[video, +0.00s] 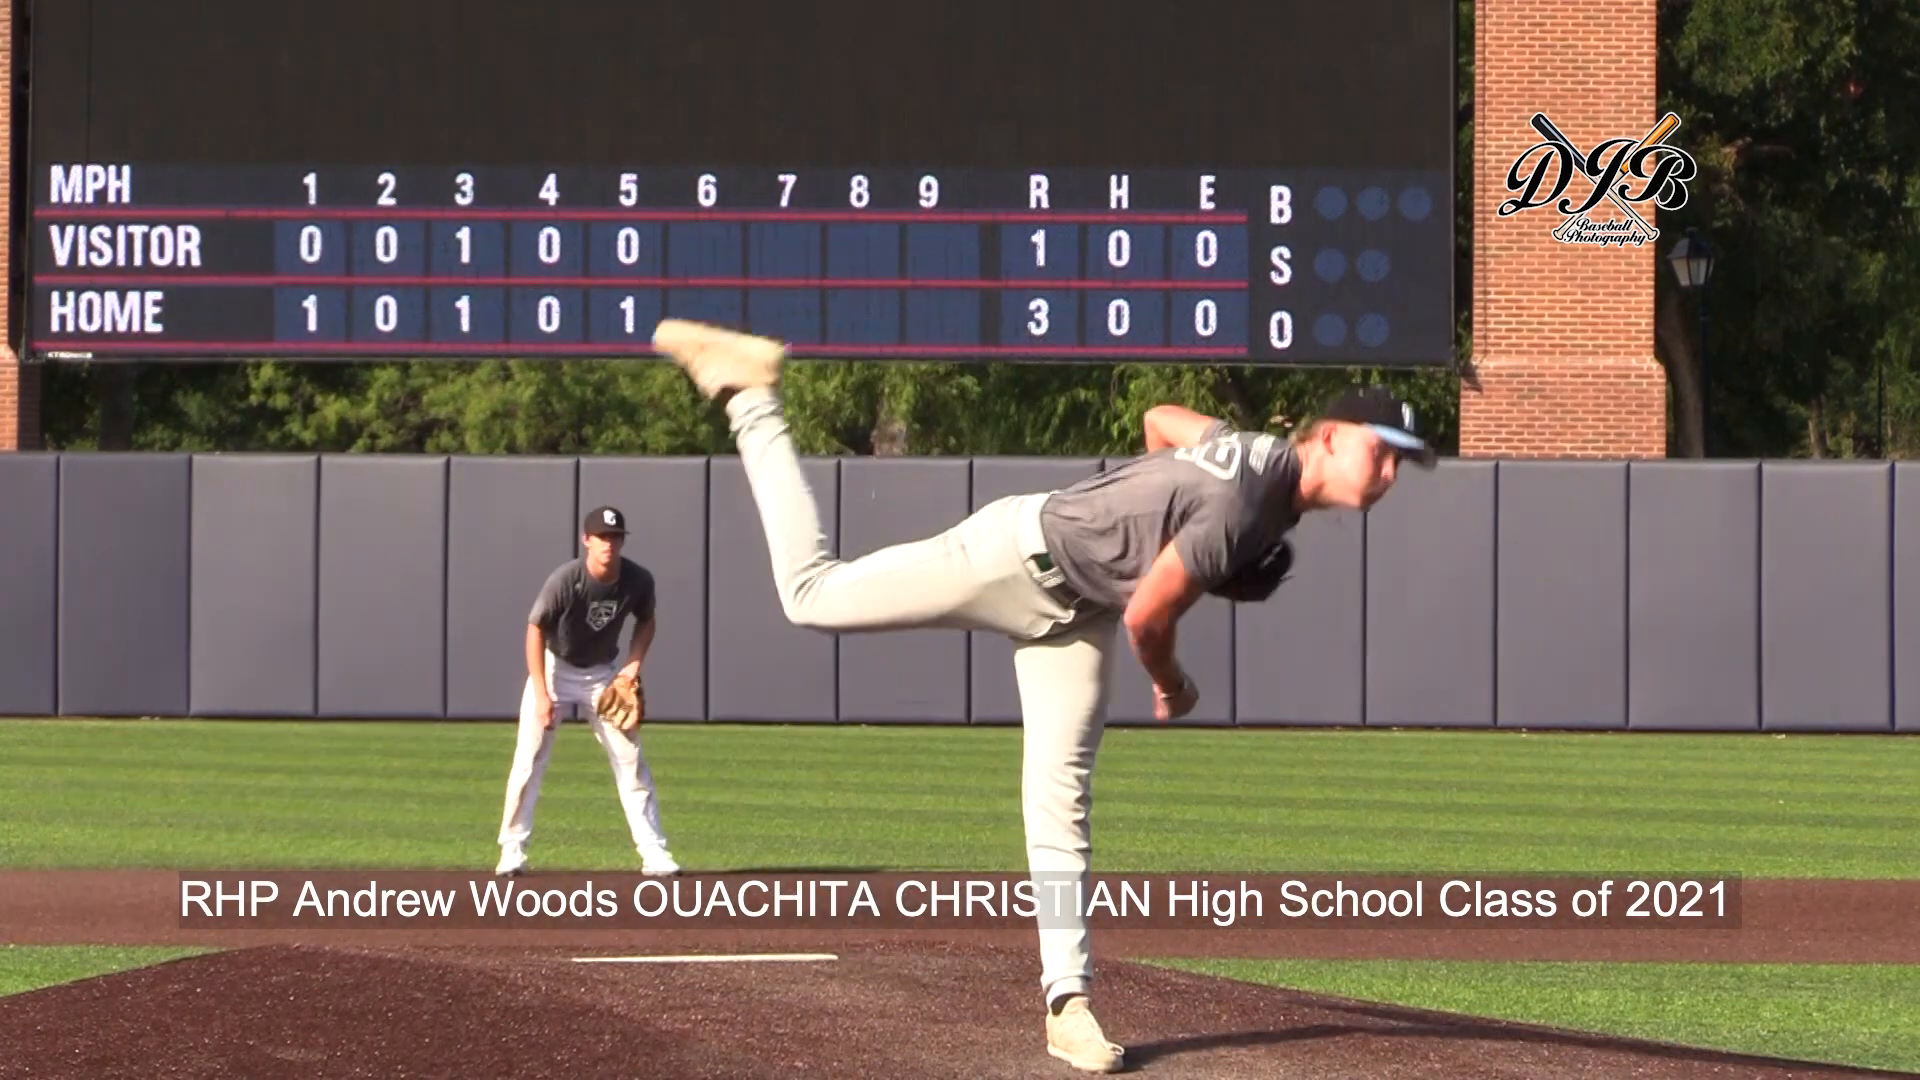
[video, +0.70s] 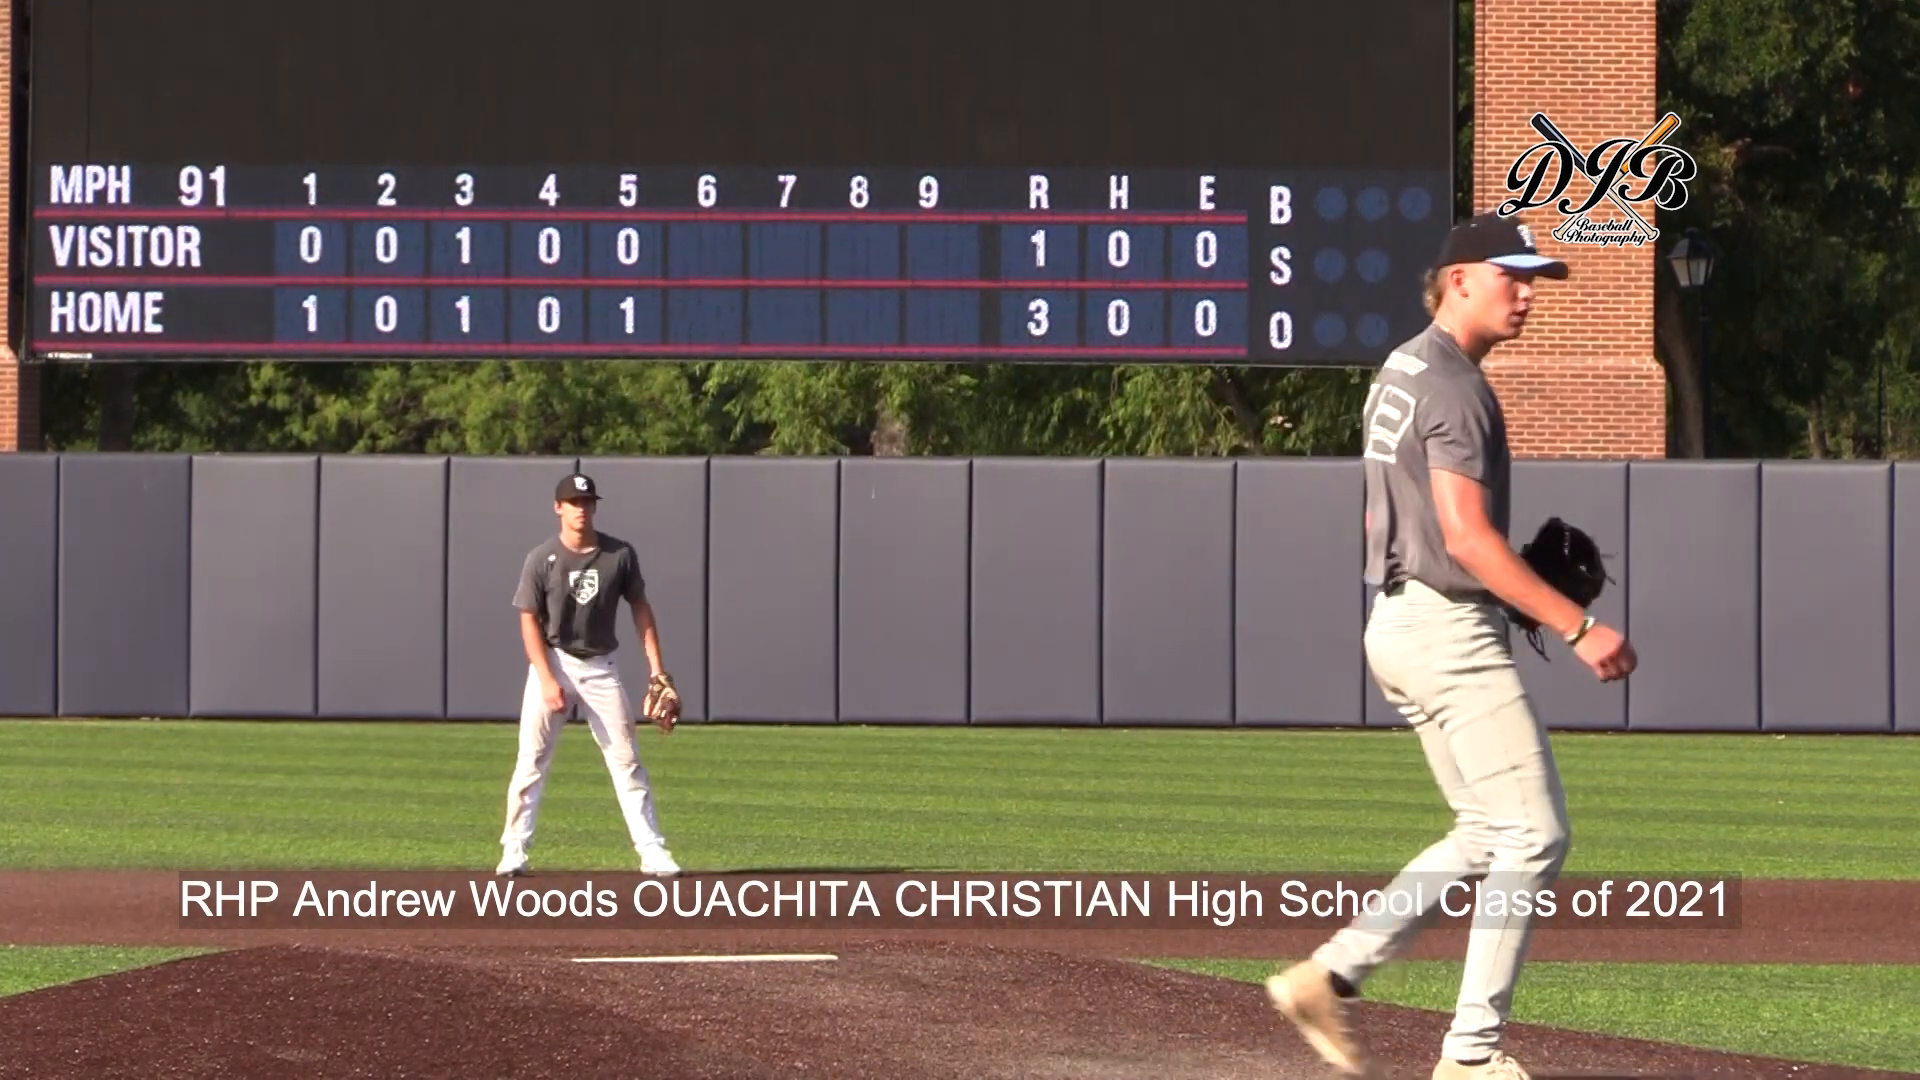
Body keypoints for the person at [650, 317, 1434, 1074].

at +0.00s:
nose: (1389, 471)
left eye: (1393, 460)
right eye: (1378, 454)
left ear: (1342, 454)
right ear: (1323, 445)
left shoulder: (1264, 464)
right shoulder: (1247, 501)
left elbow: (1165, 418)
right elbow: (1147, 617)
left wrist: (1178, 521)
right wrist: (1173, 683)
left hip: (1080, 617)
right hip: (1021, 554)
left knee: (1059, 801)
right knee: (811, 593)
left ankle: (1069, 1005)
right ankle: (748, 388)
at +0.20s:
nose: (1397, 297)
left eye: (1404, 284)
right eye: (1383, 280)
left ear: (1394, 296)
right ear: (1331, 279)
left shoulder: (1352, 391)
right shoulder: (1260, 345)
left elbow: (1280, 483)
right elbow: (1160, 427)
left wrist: (1327, 549)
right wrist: (1152, 494)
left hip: (1179, 566)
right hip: (1131, 521)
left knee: (1111, 785)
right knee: (1064, 681)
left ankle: (1066, 996)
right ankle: (911, 550)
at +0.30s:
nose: (1418, 270)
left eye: (1426, 257)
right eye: (1404, 251)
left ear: (1419, 270)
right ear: (1350, 249)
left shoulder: (1367, 366)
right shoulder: (1291, 315)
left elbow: (1307, 500)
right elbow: (1182, 375)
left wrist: (1373, 524)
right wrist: (1220, 380)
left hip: (1231, 553)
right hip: (1185, 531)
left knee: (1151, 770)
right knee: (1245, 715)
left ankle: (1076, 988)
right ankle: (1064, 864)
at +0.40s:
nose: (1440, 265)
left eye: (1444, 252)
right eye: (1424, 248)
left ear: (1432, 266)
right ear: (1370, 251)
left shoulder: (1383, 363)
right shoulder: (1324, 316)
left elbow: (1344, 505)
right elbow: (1233, 386)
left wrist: (1411, 515)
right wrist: (1309, 385)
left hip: (1286, 560)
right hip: (1264, 551)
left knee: (1199, 790)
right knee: (1318, 777)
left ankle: (1084, 983)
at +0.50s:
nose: (1465, 284)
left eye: (1468, 270)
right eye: (1449, 268)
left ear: (1422, 281)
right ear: (1396, 273)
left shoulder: (1388, 364)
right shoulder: (1369, 354)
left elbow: (1385, 511)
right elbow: (1314, 460)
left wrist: (1461, 516)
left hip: (1328, 601)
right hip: (1349, 601)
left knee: (1288, 835)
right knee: (1445, 811)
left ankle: (1117, 975)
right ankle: (1467, 1045)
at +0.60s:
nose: (1492, 303)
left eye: (1494, 288)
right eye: (1475, 285)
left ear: (1432, 301)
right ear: (1420, 294)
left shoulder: (1377, 381)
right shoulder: (1419, 390)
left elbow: (1394, 529)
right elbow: (1416, 530)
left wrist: (1495, 551)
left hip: (1366, 628)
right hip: (1415, 631)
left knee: (1400, 853)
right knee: (1523, 833)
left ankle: (1203, 952)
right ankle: (1473, 1049)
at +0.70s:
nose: (1527, 297)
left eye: (1529, 283)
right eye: (1512, 280)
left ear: (1468, 291)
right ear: (1456, 284)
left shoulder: (1403, 367)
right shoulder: (1454, 387)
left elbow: (1397, 528)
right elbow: (1466, 537)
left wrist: (1510, 571)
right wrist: (1579, 627)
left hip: (1402, 620)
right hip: (1449, 624)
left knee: (1486, 826)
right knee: (1531, 836)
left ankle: (1325, 977)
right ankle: (1472, 1050)